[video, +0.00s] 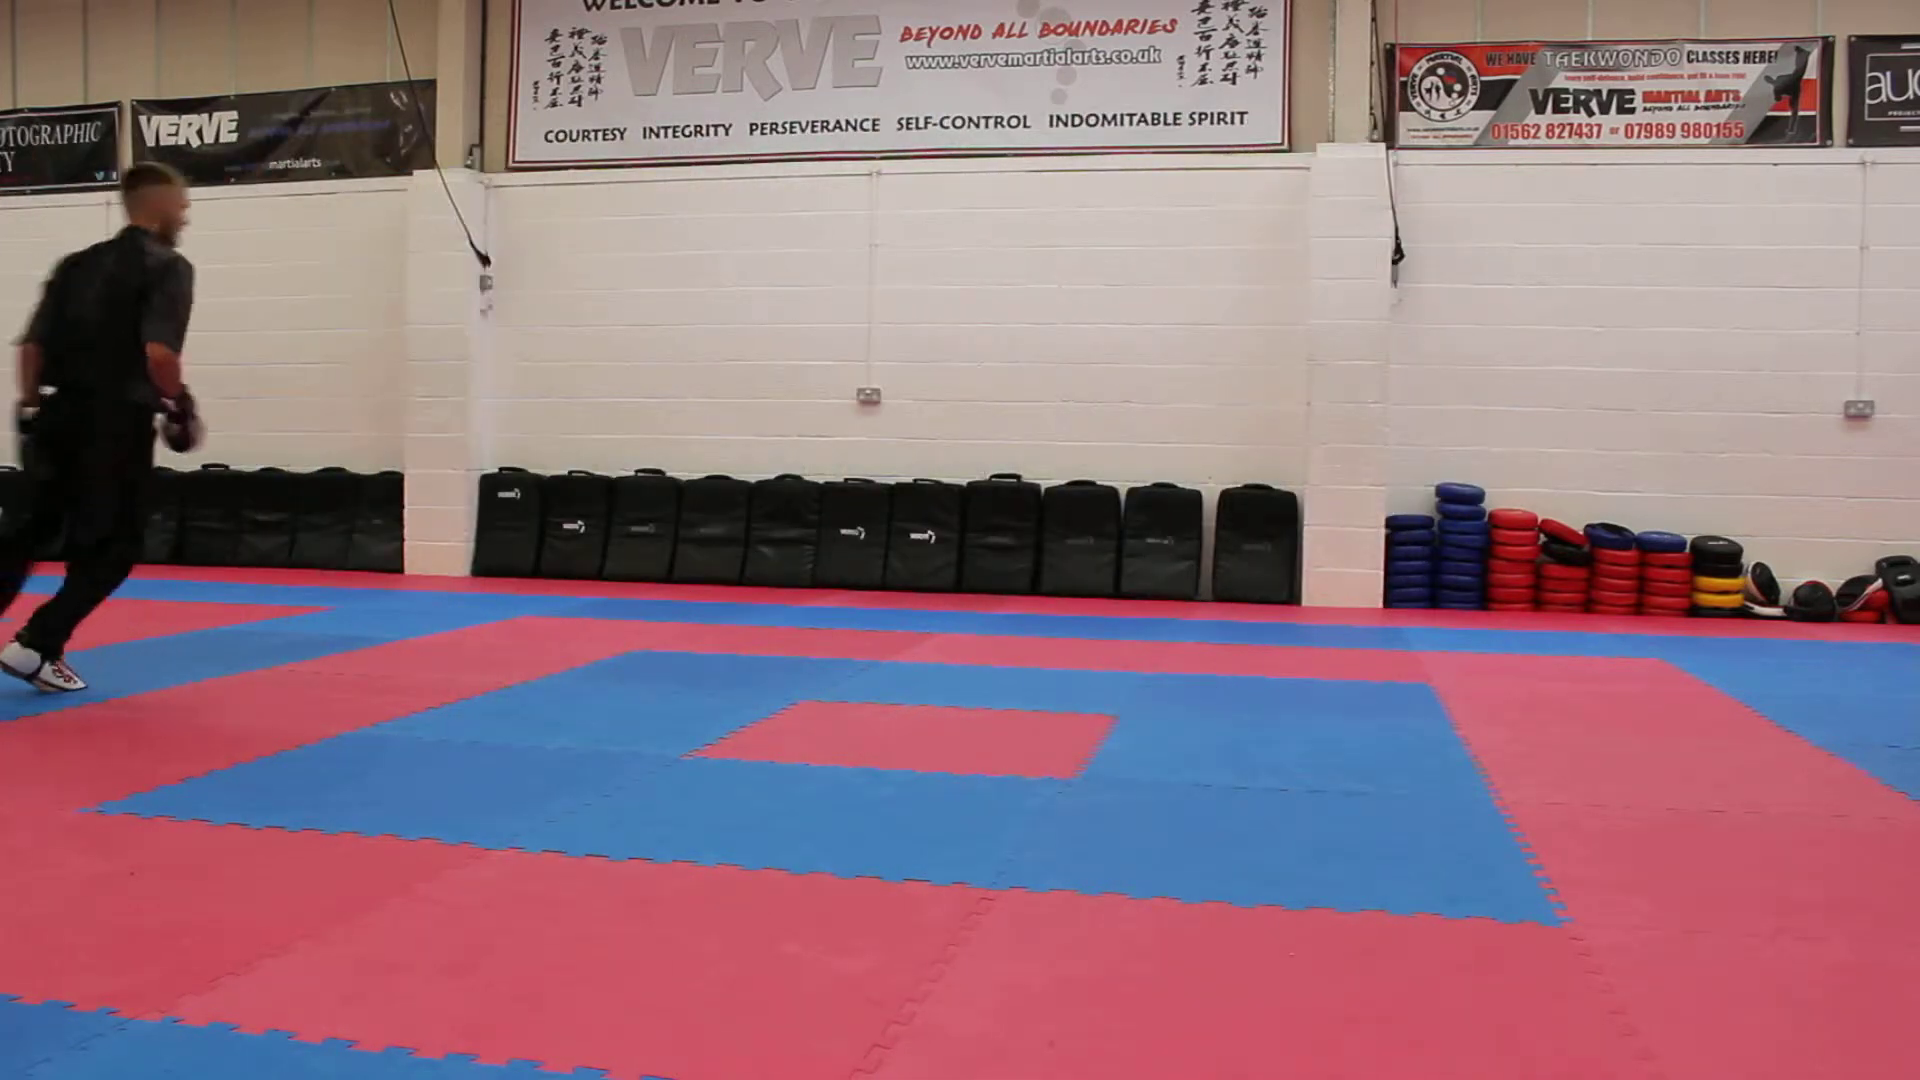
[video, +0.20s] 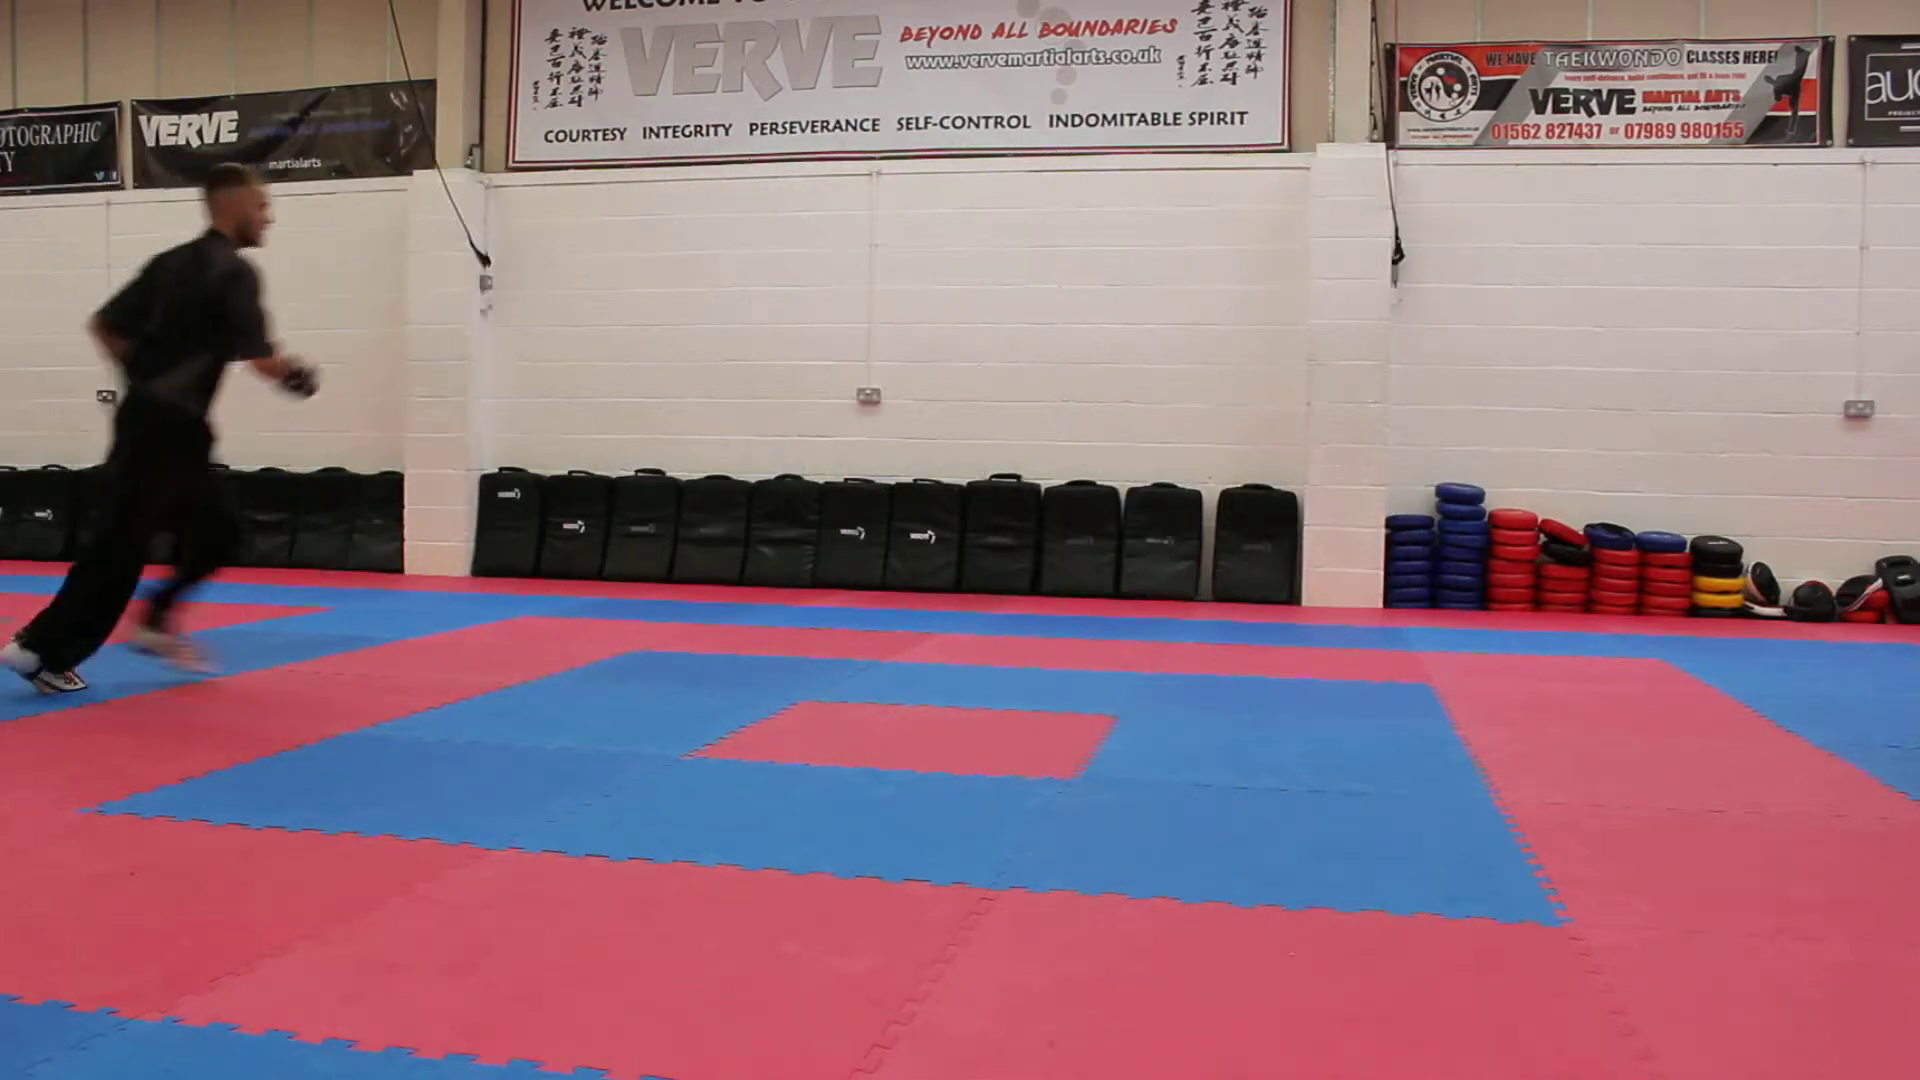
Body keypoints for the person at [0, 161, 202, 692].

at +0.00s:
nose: (186, 214)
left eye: (185, 202)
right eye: (181, 203)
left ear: (131, 205)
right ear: (161, 205)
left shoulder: (77, 263)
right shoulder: (168, 268)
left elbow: (32, 344)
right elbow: (159, 353)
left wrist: (30, 401)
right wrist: (180, 405)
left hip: (59, 423)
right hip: (120, 428)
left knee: (33, 530)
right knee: (116, 549)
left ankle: (44, 651)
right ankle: (33, 644)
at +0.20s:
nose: (268, 215)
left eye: (267, 204)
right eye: (260, 205)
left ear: (221, 208)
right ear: (232, 206)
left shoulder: (174, 261)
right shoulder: (235, 273)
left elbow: (107, 324)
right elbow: (258, 355)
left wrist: (148, 372)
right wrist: (289, 373)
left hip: (145, 423)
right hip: (174, 431)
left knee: (214, 529)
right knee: (124, 544)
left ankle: (155, 621)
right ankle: (44, 650)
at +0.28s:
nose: (310, 209)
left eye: (308, 198)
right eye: (301, 199)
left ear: (261, 205)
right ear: (269, 202)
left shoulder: (219, 257)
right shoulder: (279, 265)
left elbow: (158, 323)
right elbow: (301, 354)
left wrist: (198, 366)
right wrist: (328, 368)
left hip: (183, 418)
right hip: (220, 425)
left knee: (141, 529)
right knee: (269, 526)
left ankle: (66, 637)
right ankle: (245, 637)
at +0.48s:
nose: (415, 214)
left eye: (413, 203)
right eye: (404, 205)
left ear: (382, 211)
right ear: (371, 210)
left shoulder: (370, 272)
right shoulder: (351, 267)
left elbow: (346, 353)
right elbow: (304, 340)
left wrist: (400, 376)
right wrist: (360, 391)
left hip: (330, 421)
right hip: (305, 422)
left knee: (334, 542)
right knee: (341, 545)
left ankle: (277, 647)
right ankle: (255, 622)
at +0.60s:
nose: (485, 185)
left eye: (483, 175)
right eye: (474, 176)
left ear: (460, 183)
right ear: (442, 183)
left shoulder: (449, 248)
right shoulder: (416, 239)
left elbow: (426, 327)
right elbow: (349, 295)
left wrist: (473, 339)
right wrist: (397, 347)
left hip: (399, 397)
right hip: (380, 401)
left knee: (361, 514)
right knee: (446, 520)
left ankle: (287, 619)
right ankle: (416, 652)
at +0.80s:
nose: (602, 192)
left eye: (600, 182)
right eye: (590, 182)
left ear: (571, 192)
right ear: (555, 189)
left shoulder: (563, 262)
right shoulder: (533, 262)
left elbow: (543, 355)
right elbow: (500, 361)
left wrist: (580, 393)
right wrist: (559, 394)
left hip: (533, 421)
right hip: (508, 424)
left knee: (536, 541)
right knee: (541, 547)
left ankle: (461, 591)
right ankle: (508, 676)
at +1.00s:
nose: (735, 150)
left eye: (734, 139)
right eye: (723, 139)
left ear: (709, 147)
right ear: (688, 145)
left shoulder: (699, 218)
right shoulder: (675, 217)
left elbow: (683, 306)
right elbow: (653, 308)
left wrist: (727, 328)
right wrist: (718, 321)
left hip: (689, 395)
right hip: (657, 396)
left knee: (714, 525)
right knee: (613, 521)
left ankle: (728, 663)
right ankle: (538, 635)